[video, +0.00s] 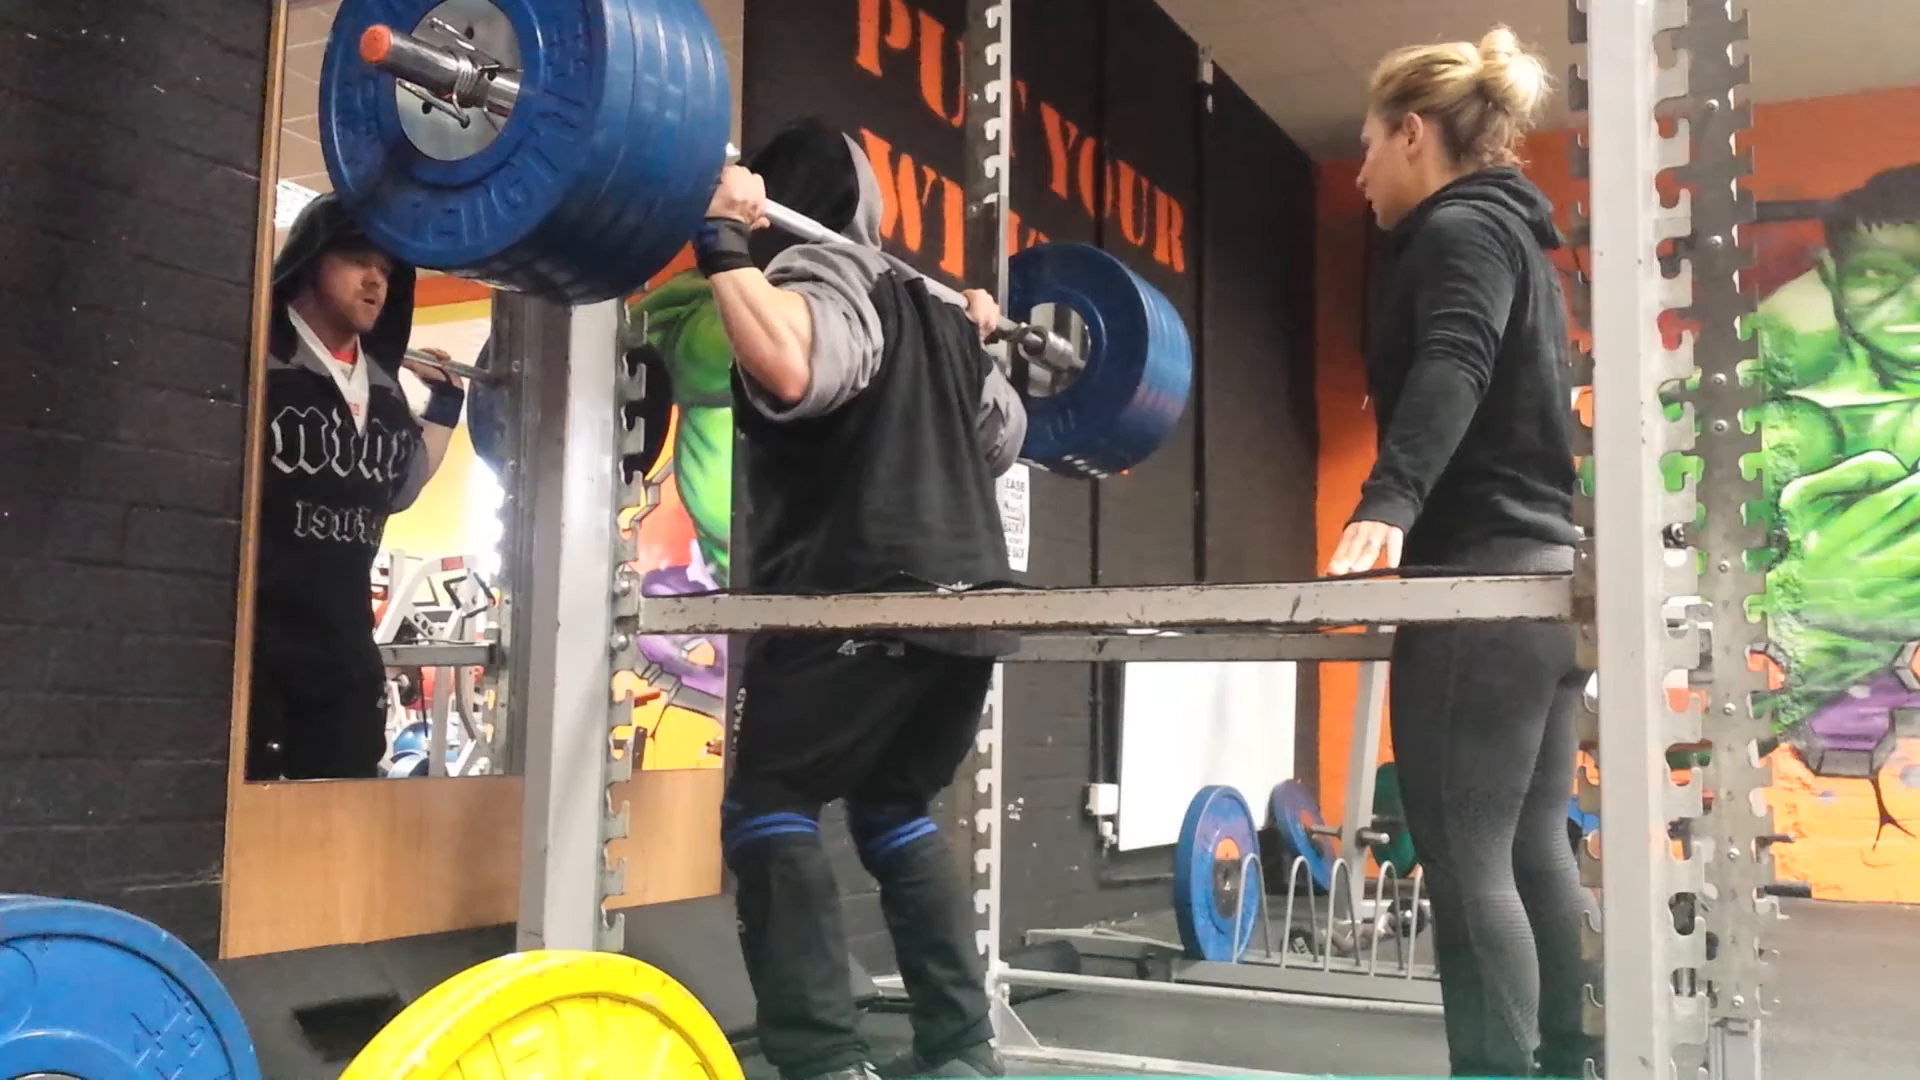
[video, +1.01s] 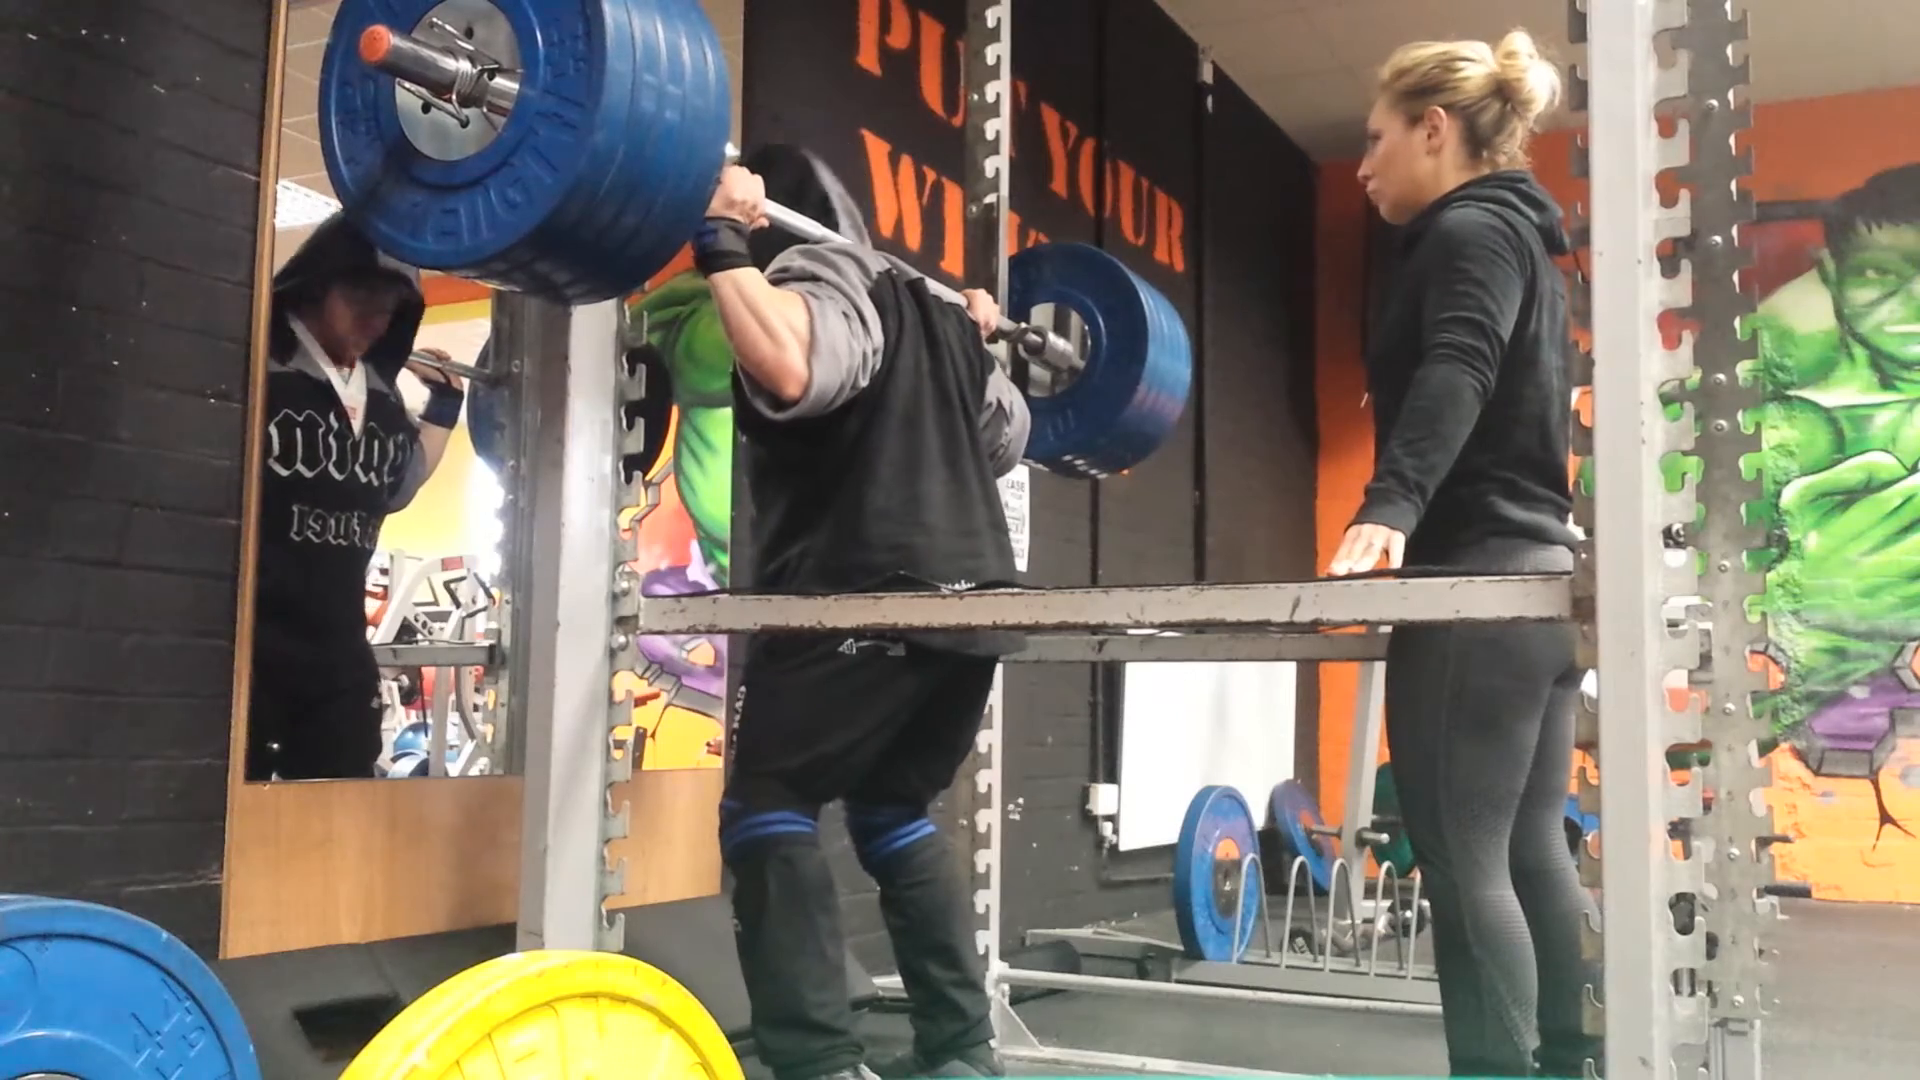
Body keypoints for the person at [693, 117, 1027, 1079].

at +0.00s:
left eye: (754, 210)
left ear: (778, 209)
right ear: (865, 204)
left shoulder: (811, 276)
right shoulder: (935, 301)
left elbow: (791, 369)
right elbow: (1003, 436)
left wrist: (722, 239)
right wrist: (990, 338)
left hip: (845, 601)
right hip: (971, 602)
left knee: (768, 806)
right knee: (896, 806)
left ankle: (814, 1049)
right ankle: (958, 1048)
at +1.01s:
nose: (734, 247)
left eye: (743, 224)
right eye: (730, 224)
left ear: (778, 220)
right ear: (846, 213)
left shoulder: (822, 271)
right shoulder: (933, 301)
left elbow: (793, 367)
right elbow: (1008, 435)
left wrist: (721, 238)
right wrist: (981, 341)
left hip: (850, 599)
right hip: (972, 605)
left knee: (767, 802)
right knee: (895, 808)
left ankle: (806, 1049)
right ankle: (958, 1049)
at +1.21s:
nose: (716, 264)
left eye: (721, 239)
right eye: (711, 239)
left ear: (759, 219)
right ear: (806, 208)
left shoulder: (821, 269)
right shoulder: (935, 302)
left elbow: (796, 367)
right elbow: (1008, 439)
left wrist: (717, 243)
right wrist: (991, 343)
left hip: (850, 599)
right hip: (971, 606)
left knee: (768, 802)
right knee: (894, 808)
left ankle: (806, 1048)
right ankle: (959, 1050)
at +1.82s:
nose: (747, 223)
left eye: (753, 205)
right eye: (745, 201)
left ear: (775, 209)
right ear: (861, 208)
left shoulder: (808, 277)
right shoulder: (928, 307)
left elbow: (777, 373)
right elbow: (987, 446)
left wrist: (716, 242)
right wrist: (984, 345)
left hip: (818, 609)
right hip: (944, 614)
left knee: (744, 810)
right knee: (867, 812)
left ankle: (805, 1051)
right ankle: (956, 1046)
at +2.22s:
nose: (750, 222)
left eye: (756, 202)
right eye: (750, 199)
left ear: (781, 203)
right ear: (852, 194)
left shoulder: (815, 266)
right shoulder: (925, 291)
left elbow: (802, 361)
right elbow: (1003, 427)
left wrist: (726, 243)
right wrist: (985, 339)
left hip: (833, 594)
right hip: (956, 593)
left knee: (765, 802)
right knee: (894, 801)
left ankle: (802, 1045)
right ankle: (954, 1044)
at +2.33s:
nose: (746, 227)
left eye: (752, 207)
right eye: (741, 206)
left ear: (783, 204)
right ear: (851, 198)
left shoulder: (819, 261)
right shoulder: (928, 291)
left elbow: (808, 356)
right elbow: (1008, 423)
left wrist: (728, 240)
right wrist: (988, 338)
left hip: (840, 590)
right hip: (959, 588)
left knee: (775, 798)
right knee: (903, 801)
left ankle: (804, 1044)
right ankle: (955, 1044)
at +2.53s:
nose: (742, 228)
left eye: (751, 207)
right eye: (736, 209)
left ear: (785, 200)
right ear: (855, 192)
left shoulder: (824, 253)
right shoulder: (933, 288)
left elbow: (812, 345)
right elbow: (1013, 415)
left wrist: (736, 228)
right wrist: (986, 329)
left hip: (850, 573)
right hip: (968, 572)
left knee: (797, 790)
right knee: (917, 793)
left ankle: (809, 1044)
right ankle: (959, 1042)